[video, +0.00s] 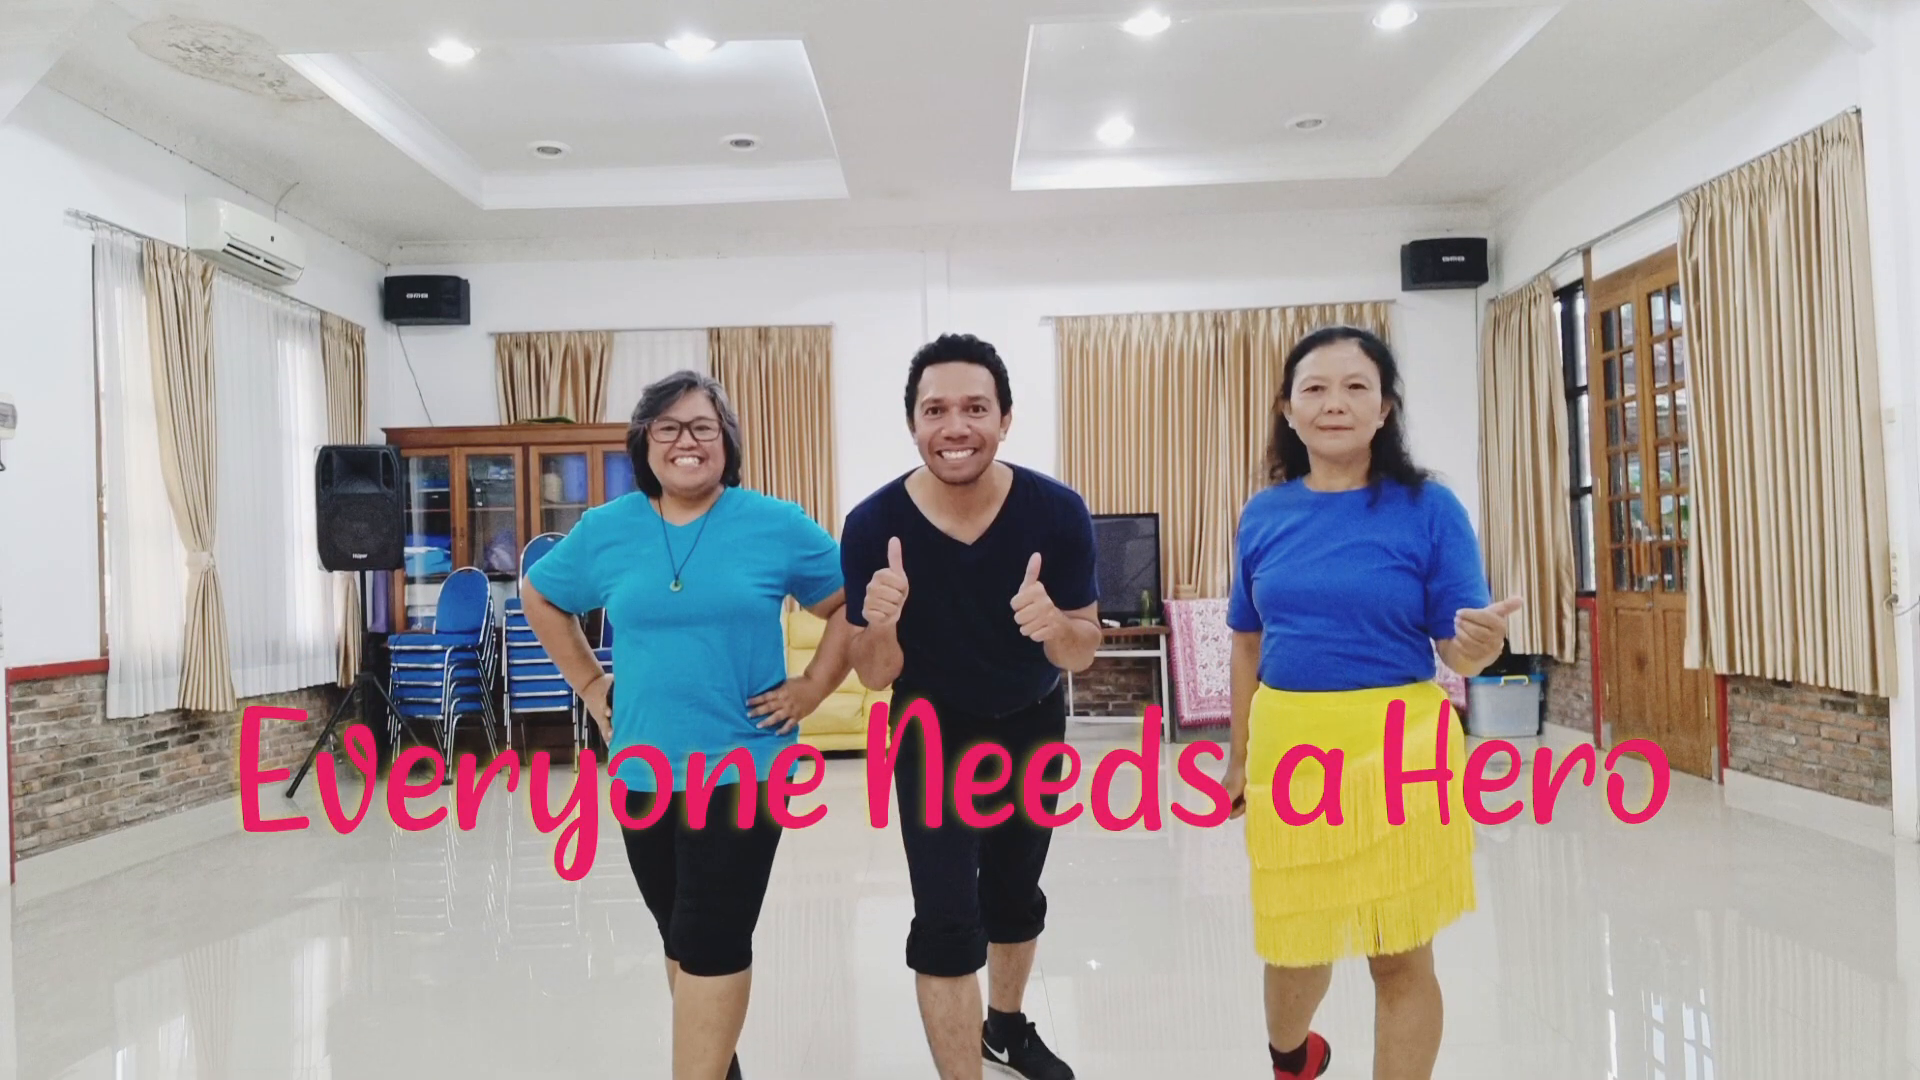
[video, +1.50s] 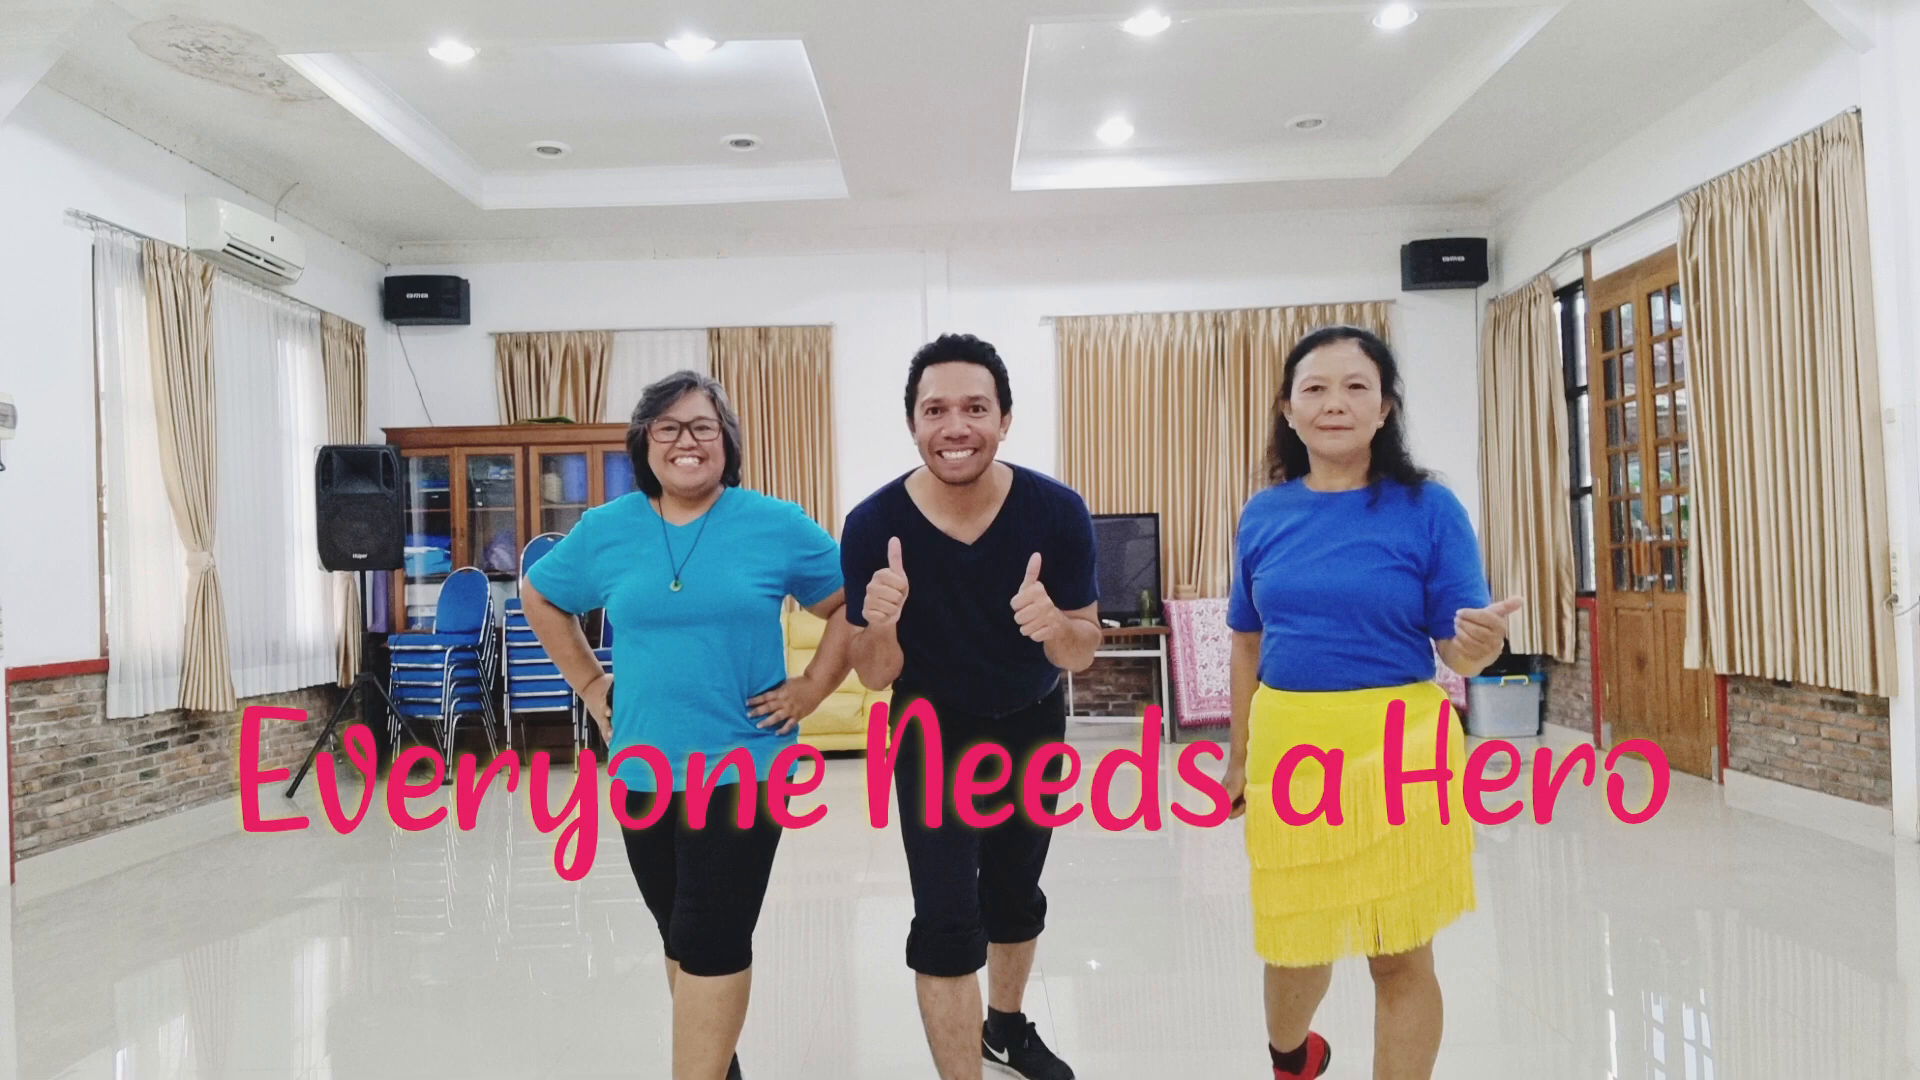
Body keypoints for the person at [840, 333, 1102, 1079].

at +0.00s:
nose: (956, 427)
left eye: (975, 408)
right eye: (936, 410)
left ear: (1004, 420)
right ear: (913, 424)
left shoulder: (1059, 514)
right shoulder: (873, 526)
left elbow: (1081, 654)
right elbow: (875, 673)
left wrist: (1053, 626)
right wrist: (880, 627)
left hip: (1030, 722)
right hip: (930, 725)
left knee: (1016, 894)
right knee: (949, 920)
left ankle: (1006, 1026)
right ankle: (959, 1076)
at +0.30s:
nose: (956, 427)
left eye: (975, 408)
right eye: (936, 410)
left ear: (1004, 420)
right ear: (913, 424)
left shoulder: (1059, 514)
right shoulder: (873, 526)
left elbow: (1081, 654)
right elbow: (875, 673)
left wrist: (1054, 626)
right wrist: (880, 627)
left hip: (1030, 721)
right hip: (930, 725)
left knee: (1016, 894)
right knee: (949, 920)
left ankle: (1006, 1026)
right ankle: (959, 1076)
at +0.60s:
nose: (956, 427)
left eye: (975, 408)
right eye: (936, 410)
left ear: (1004, 420)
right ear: (913, 424)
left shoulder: (1059, 514)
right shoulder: (873, 526)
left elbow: (1081, 654)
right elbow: (875, 673)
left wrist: (1054, 626)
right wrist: (880, 627)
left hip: (1030, 722)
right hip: (930, 725)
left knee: (1016, 894)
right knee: (949, 920)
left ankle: (1006, 1026)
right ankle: (959, 1076)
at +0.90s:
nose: (956, 426)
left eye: (975, 408)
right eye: (936, 410)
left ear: (1004, 420)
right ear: (913, 424)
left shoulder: (1059, 514)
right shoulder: (872, 526)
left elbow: (1080, 654)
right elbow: (875, 673)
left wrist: (1053, 626)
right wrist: (879, 627)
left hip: (1030, 722)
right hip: (929, 726)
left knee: (1016, 894)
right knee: (948, 919)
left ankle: (1005, 1026)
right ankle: (959, 1076)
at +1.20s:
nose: (956, 426)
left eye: (975, 408)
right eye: (936, 410)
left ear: (1004, 420)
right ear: (913, 424)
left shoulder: (1059, 514)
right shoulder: (872, 526)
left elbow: (1080, 654)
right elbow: (875, 673)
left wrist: (1053, 626)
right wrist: (879, 627)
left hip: (1030, 722)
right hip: (929, 726)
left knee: (1016, 894)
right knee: (948, 919)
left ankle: (1005, 1026)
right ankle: (959, 1076)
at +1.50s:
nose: (955, 426)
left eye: (975, 408)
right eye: (936, 409)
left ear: (1004, 421)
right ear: (913, 424)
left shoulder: (1059, 514)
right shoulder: (873, 526)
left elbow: (1080, 654)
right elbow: (875, 673)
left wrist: (1054, 626)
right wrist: (879, 627)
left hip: (1030, 722)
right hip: (930, 726)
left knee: (1016, 894)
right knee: (948, 920)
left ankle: (1005, 1026)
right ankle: (959, 1075)